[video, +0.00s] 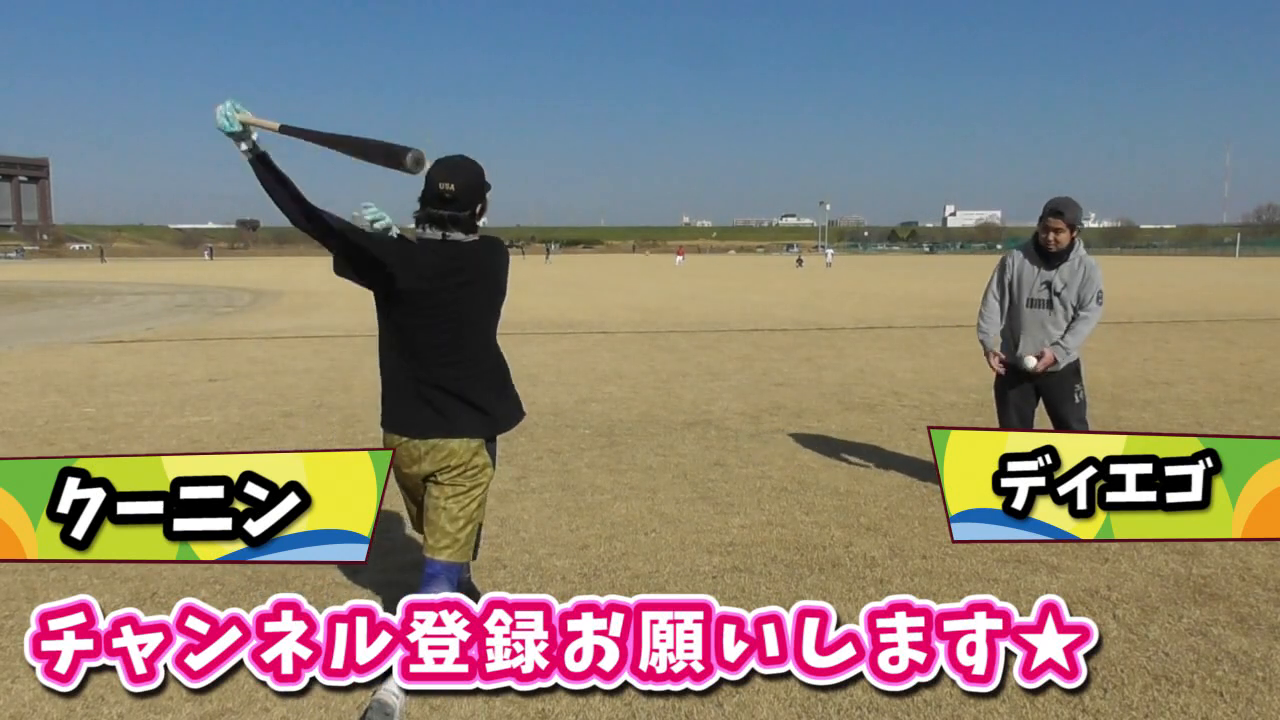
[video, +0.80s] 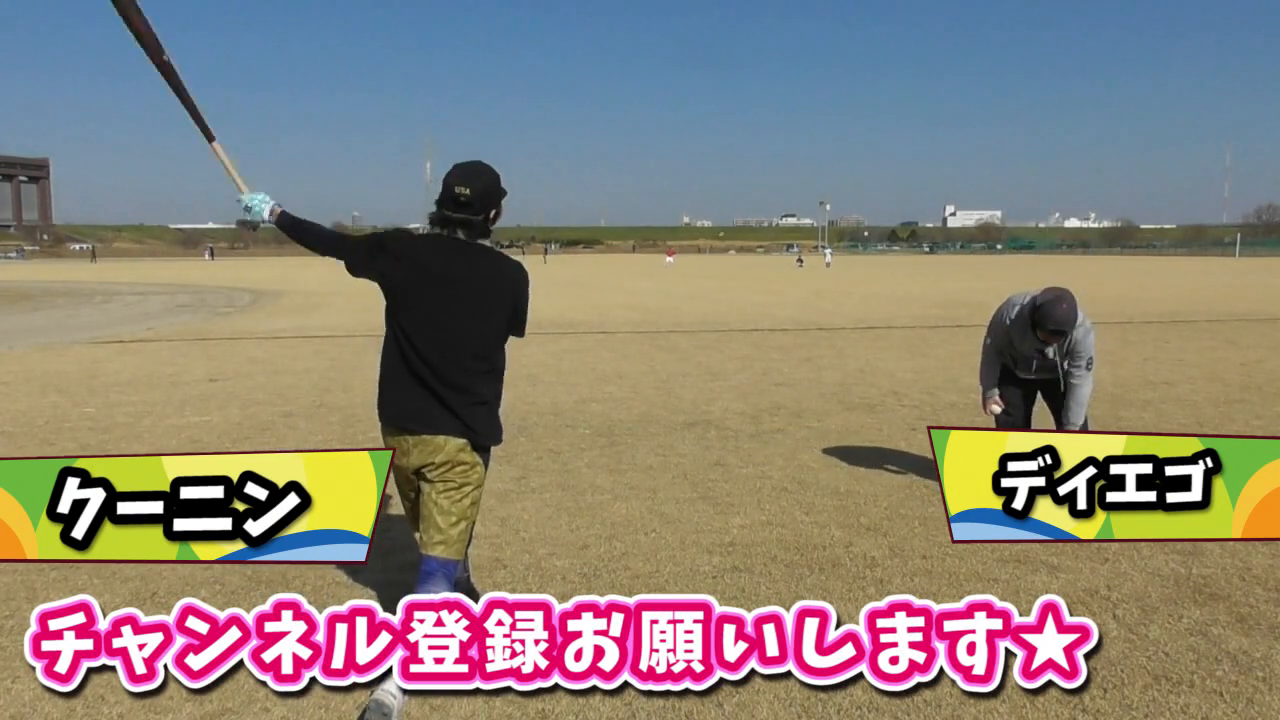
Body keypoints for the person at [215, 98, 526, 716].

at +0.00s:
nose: (485, 207)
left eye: (476, 198)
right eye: (484, 200)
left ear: (424, 203)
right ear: (478, 208)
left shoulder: (390, 254)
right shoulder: (493, 256)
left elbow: (305, 215)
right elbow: (444, 257)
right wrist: (394, 236)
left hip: (402, 435)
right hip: (464, 439)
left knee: (442, 549)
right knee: (444, 570)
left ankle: (479, 636)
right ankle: (393, 693)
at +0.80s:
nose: (497, 213)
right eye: (496, 206)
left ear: (442, 202)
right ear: (492, 213)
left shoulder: (401, 250)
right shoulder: (508, 273)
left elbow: (334, 243)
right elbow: (512, 328)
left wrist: (274, 215)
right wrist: (466, 290)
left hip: (401, 423)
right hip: (463, 432)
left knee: (436, 543)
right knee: (438, 564)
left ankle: (470, 621)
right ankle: (394, 690)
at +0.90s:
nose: (503, 214)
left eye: (497, 204)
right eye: (501, 207)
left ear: (447, 202)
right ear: (494, 214)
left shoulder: (403, 250)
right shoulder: (511, 275)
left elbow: (347, 270)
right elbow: (516, 334)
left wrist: (286, 269)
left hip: (401, 422)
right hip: (463, 430)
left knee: (437, 540)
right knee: (437, 562)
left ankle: (467, 615)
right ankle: (395, 686)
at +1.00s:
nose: (506, 215)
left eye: (505, 207)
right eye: (504, 208)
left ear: (450, 205)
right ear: (492, 213)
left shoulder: (405, 251)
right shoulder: (510, 273)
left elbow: (358, 295)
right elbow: (519, 330)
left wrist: (312, 324)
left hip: (398, 420)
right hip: (457, 430)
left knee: (444, 523)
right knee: (437, 560)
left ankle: (467, 615)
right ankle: (395, 682)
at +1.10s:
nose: (505, 209)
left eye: (503, 201)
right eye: (503, 203)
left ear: (450, 201)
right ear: (492, 209)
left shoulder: (409, 250)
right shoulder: (502, 269)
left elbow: (383, 316)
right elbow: (507, 336)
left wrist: (360, 372)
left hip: (395, 411)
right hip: (450, 419)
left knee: (443, 510)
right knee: (434, 553)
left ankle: (460, 592)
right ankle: (392, 678)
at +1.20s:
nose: (497, 205)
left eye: (494, 197)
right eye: (494, 198)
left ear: (443, 199)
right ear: (482, 204)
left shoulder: (409, 248)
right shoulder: (482, 260)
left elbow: (399, 324)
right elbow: (488, 343)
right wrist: (502, 409)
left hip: (388, 400)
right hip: (435, 408)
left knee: (453, 490)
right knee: (432, 548)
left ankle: (458, 580)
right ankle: (378, 670)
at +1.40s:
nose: (469, 203)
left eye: (467, 194)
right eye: (465, 196)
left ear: (427, 201)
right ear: (446, 202)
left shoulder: (425, 250)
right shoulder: (419, 257)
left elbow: (473, 322)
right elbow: (471, 329)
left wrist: (538, 350)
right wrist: (544, 360)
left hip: (422, 422)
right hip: (400, 426)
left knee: (470, 508)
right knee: (424, 556)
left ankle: (464, 620)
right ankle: (326, 679)